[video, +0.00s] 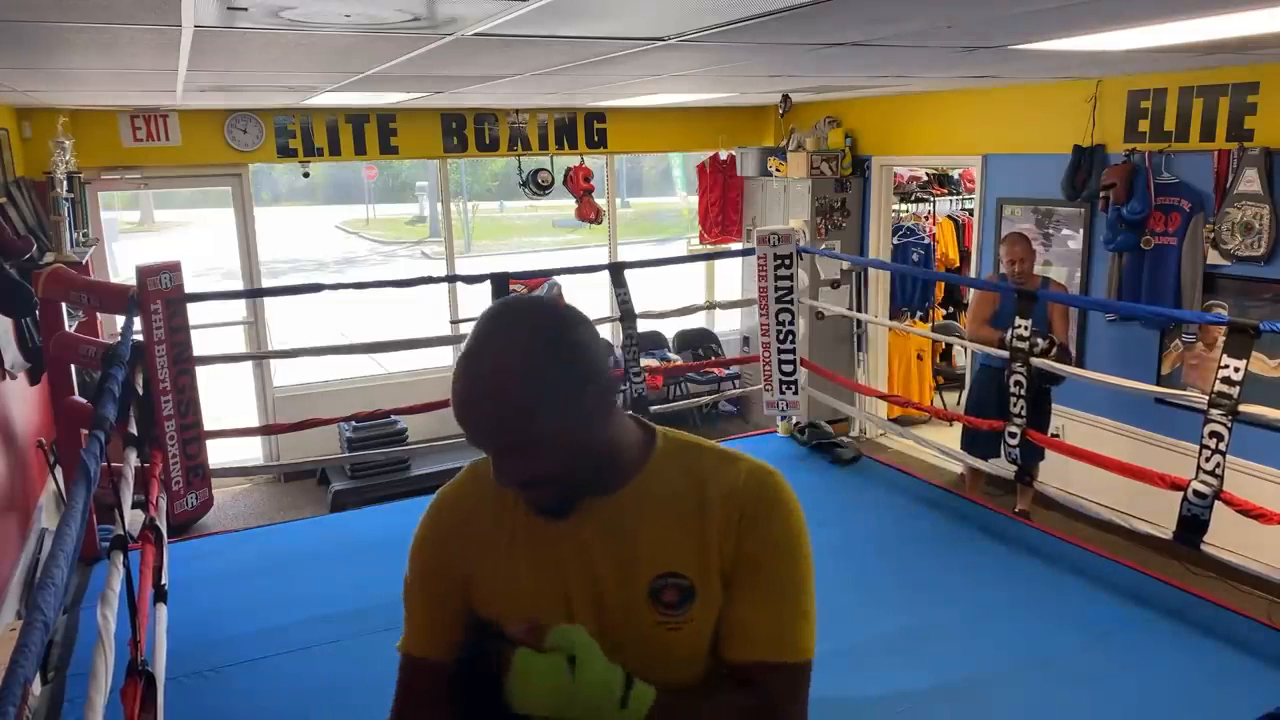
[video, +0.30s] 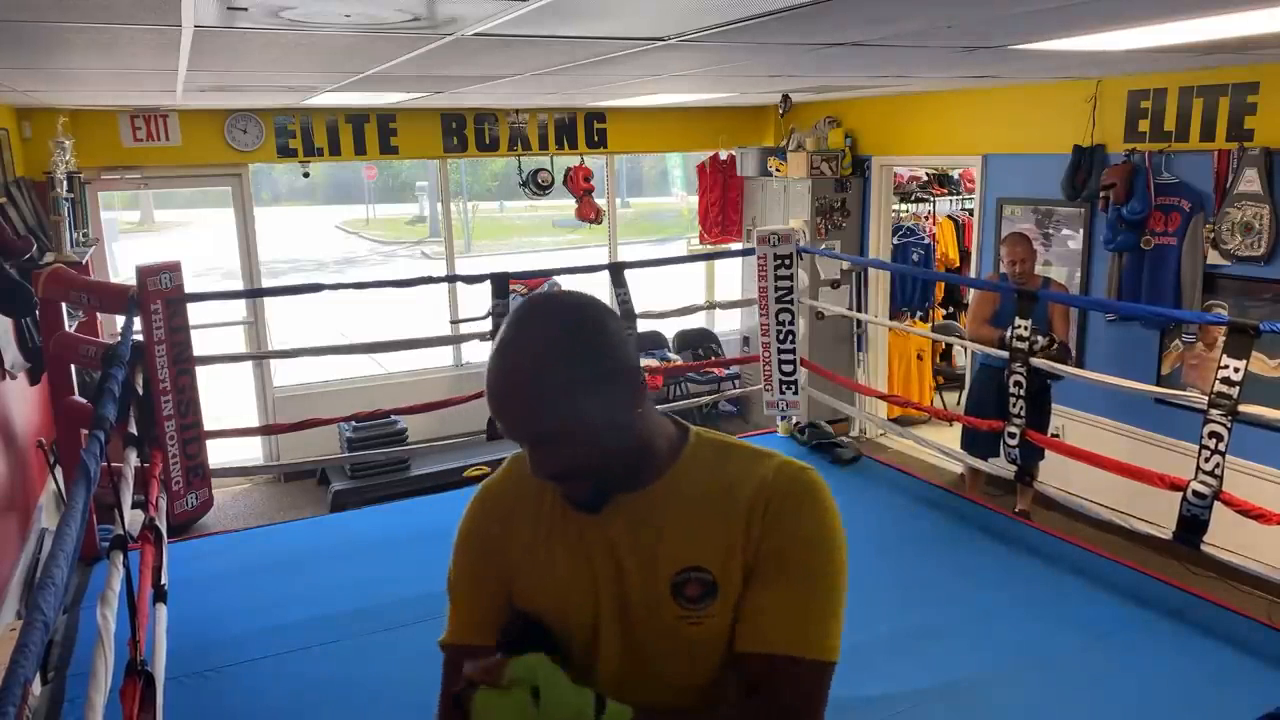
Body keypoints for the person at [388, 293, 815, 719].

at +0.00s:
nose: (507, 481)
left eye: (529, 455)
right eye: (488, 453)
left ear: (609, 388)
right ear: (474, 427)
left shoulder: (747, 505)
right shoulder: (456, 518)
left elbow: (774, 702)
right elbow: (420, 699)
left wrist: (624, 700)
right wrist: (496, 686)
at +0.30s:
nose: (539, 470)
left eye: (556, 442)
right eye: (523, 444)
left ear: (638, 394)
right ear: (506, 423)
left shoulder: (780, 503)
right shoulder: (498, 508)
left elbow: (779, 707)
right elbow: (457, 705)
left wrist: (567, 706)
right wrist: (481, 696)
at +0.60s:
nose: (591, 459)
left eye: (612, 433)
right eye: (575, 432)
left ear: (690, 389)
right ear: (562, 413)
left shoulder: (826, 502)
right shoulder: (540, 500)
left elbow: (805, 708)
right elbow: (498, 702)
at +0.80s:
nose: (621, 472)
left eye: (652, 443)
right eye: (603, 444)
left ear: (722, 394)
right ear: (584, 417)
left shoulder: (838, 499)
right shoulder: (555, 496)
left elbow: (827, 708)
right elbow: (508, 704)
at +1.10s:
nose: (584, 486)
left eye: (615, 456)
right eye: (565, 455)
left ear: (680, 417)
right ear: (546, 426)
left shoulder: (783, 503)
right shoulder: (495, 516)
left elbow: (826, 707)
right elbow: (459, 701)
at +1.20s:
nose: (531, 489)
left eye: (559, 461)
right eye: (513, 460)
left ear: (626, 428)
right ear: (495, 436)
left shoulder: (732, 496)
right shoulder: (451, 534)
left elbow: (796, 684)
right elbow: (420, 706)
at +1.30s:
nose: (472, 511)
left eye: (503, 482)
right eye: (451, 480)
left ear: (574, 437)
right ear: (432, 453)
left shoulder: (678, 488)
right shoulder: (390, 564)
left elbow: (745, 685)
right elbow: (368, 709)